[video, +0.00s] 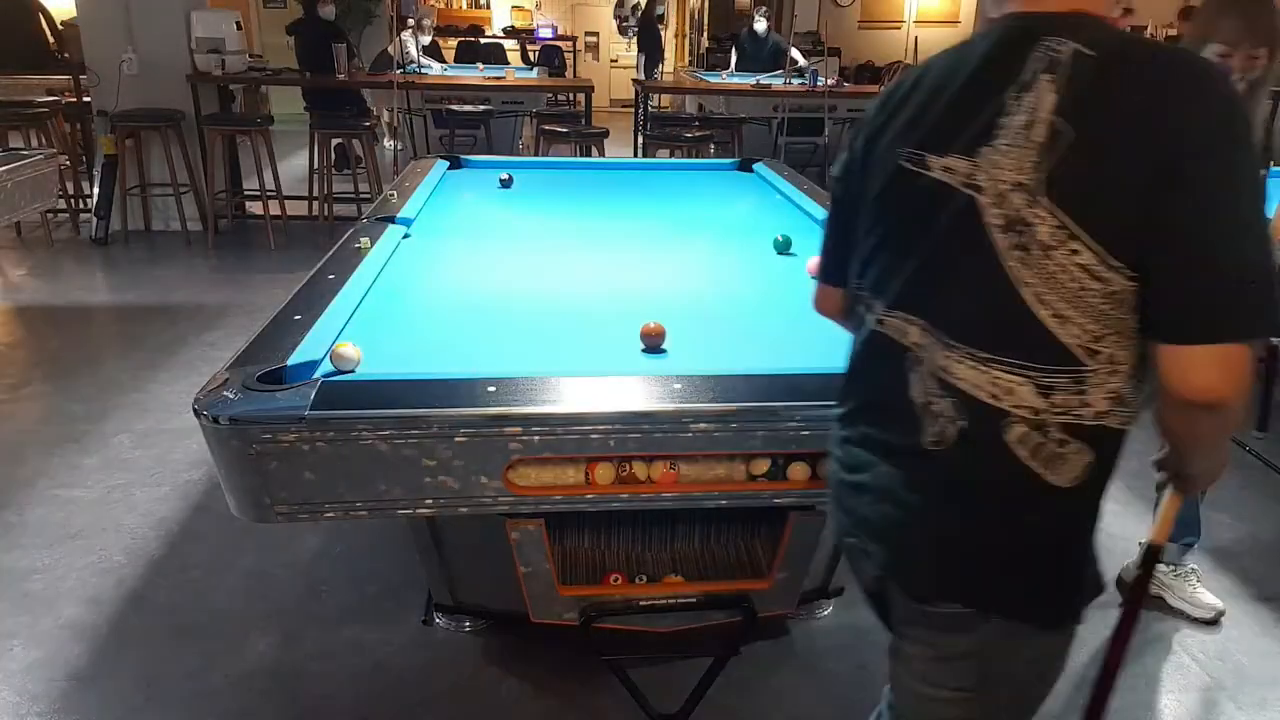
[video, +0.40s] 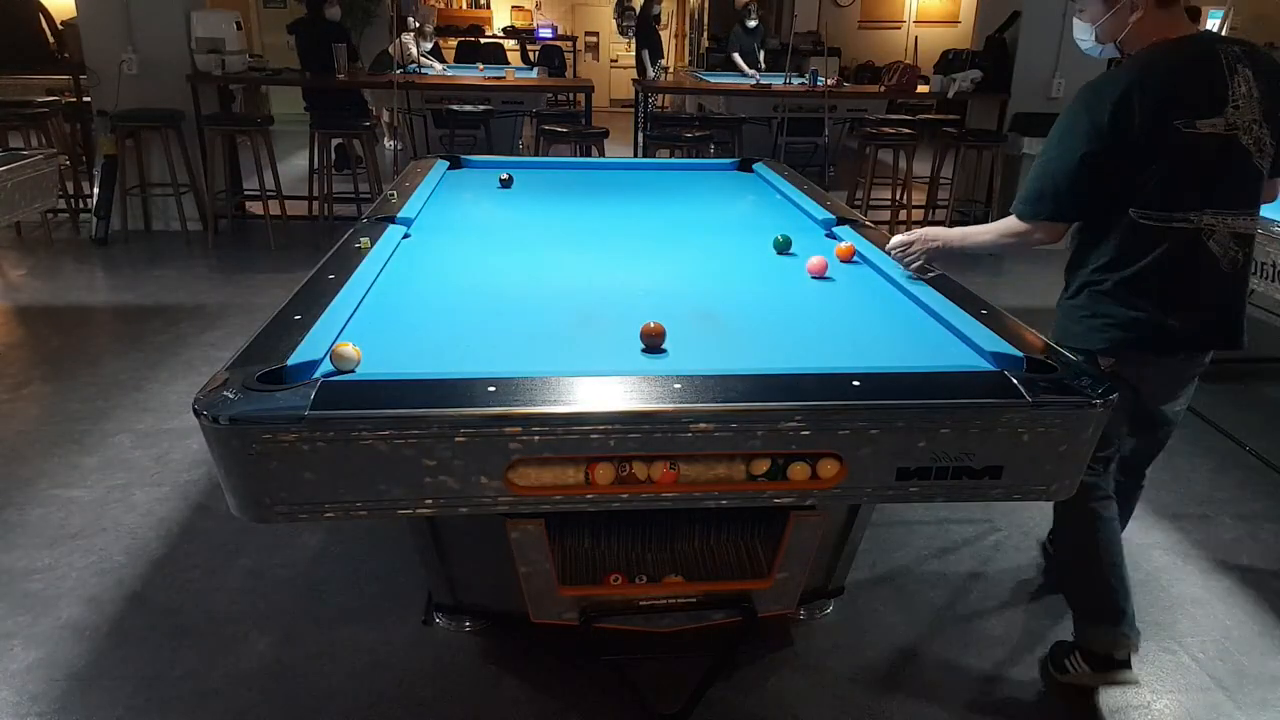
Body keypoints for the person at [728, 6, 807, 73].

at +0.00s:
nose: (757, 24)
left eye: (760, 21)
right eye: (755, 21)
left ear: (768, 23)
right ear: (752, 22)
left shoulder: (774, 38)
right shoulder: (745, 34)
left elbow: (789, 49)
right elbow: (735, 49)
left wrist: (801, 60)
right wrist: (732, 67)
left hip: (767, 79)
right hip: (743, 77)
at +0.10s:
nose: (749, 23)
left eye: (753, 20)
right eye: (747, 19)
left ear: (759, 20)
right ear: (744, 20)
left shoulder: (769, 35)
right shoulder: (740, 34)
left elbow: (784, 48)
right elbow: (731, 53)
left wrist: (785, 60)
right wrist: (732, 66)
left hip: (766, 78)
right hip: (743, 78)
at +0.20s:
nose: (744, 30)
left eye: (747, 27)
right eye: (741, 27)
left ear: (751, 25)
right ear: (737, 27)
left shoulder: (759, 34)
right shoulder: (734, 36)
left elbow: (765, 50)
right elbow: (729, 54)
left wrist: (763, 64)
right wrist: (728, 70)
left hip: (756, 72)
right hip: (739, 72)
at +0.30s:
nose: (747, 28)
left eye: (749, 25)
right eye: (744, 25)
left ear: (753, 22)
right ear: (739, 23)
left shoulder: (757, 33)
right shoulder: (734, 35)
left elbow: (759, 50)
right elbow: (731, 58)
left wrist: (759, 64)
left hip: (754, 73)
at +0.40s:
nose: (752, 24)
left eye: (755, 21)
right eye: (749, 21)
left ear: (758, 19)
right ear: (744, 19)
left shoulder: (760, 29)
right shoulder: (737, 30)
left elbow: (762, 47)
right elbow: (734, 54)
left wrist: (761, 62)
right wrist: (747, 70)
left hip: (756, 70)